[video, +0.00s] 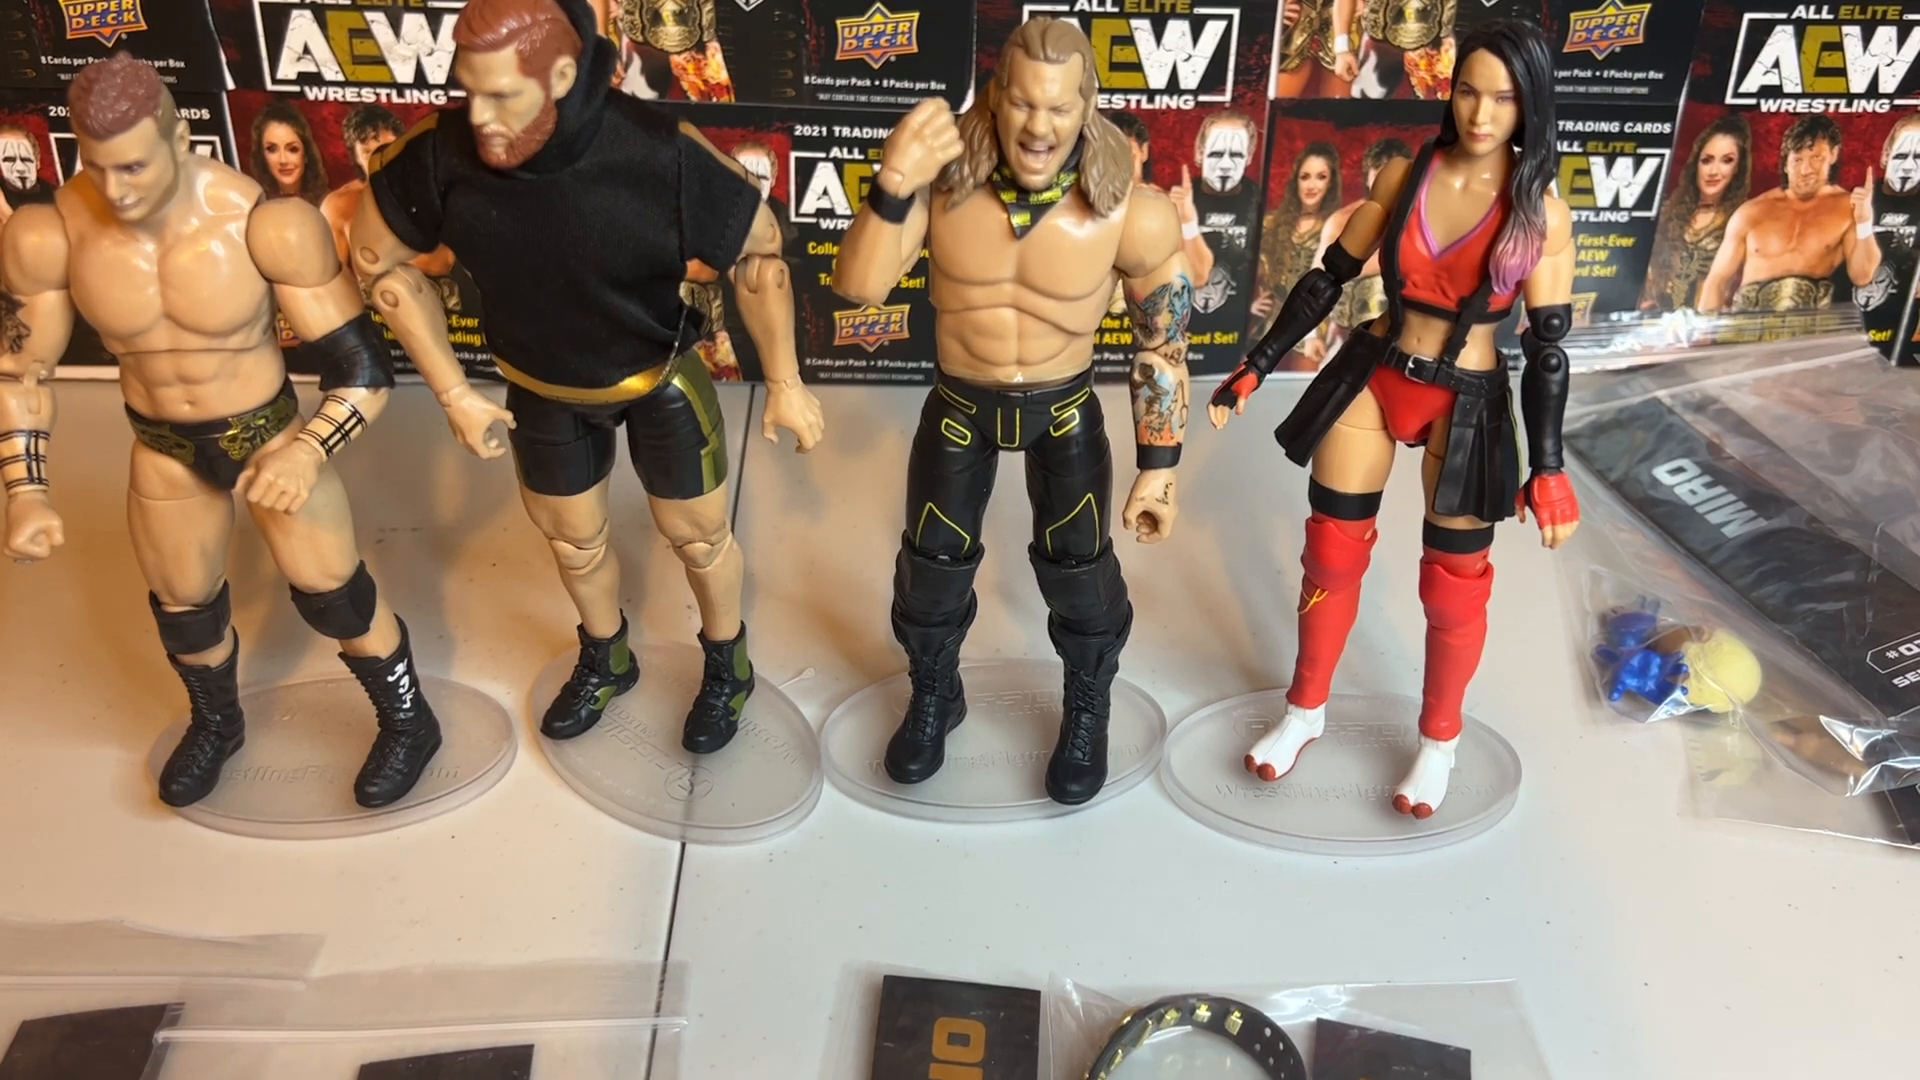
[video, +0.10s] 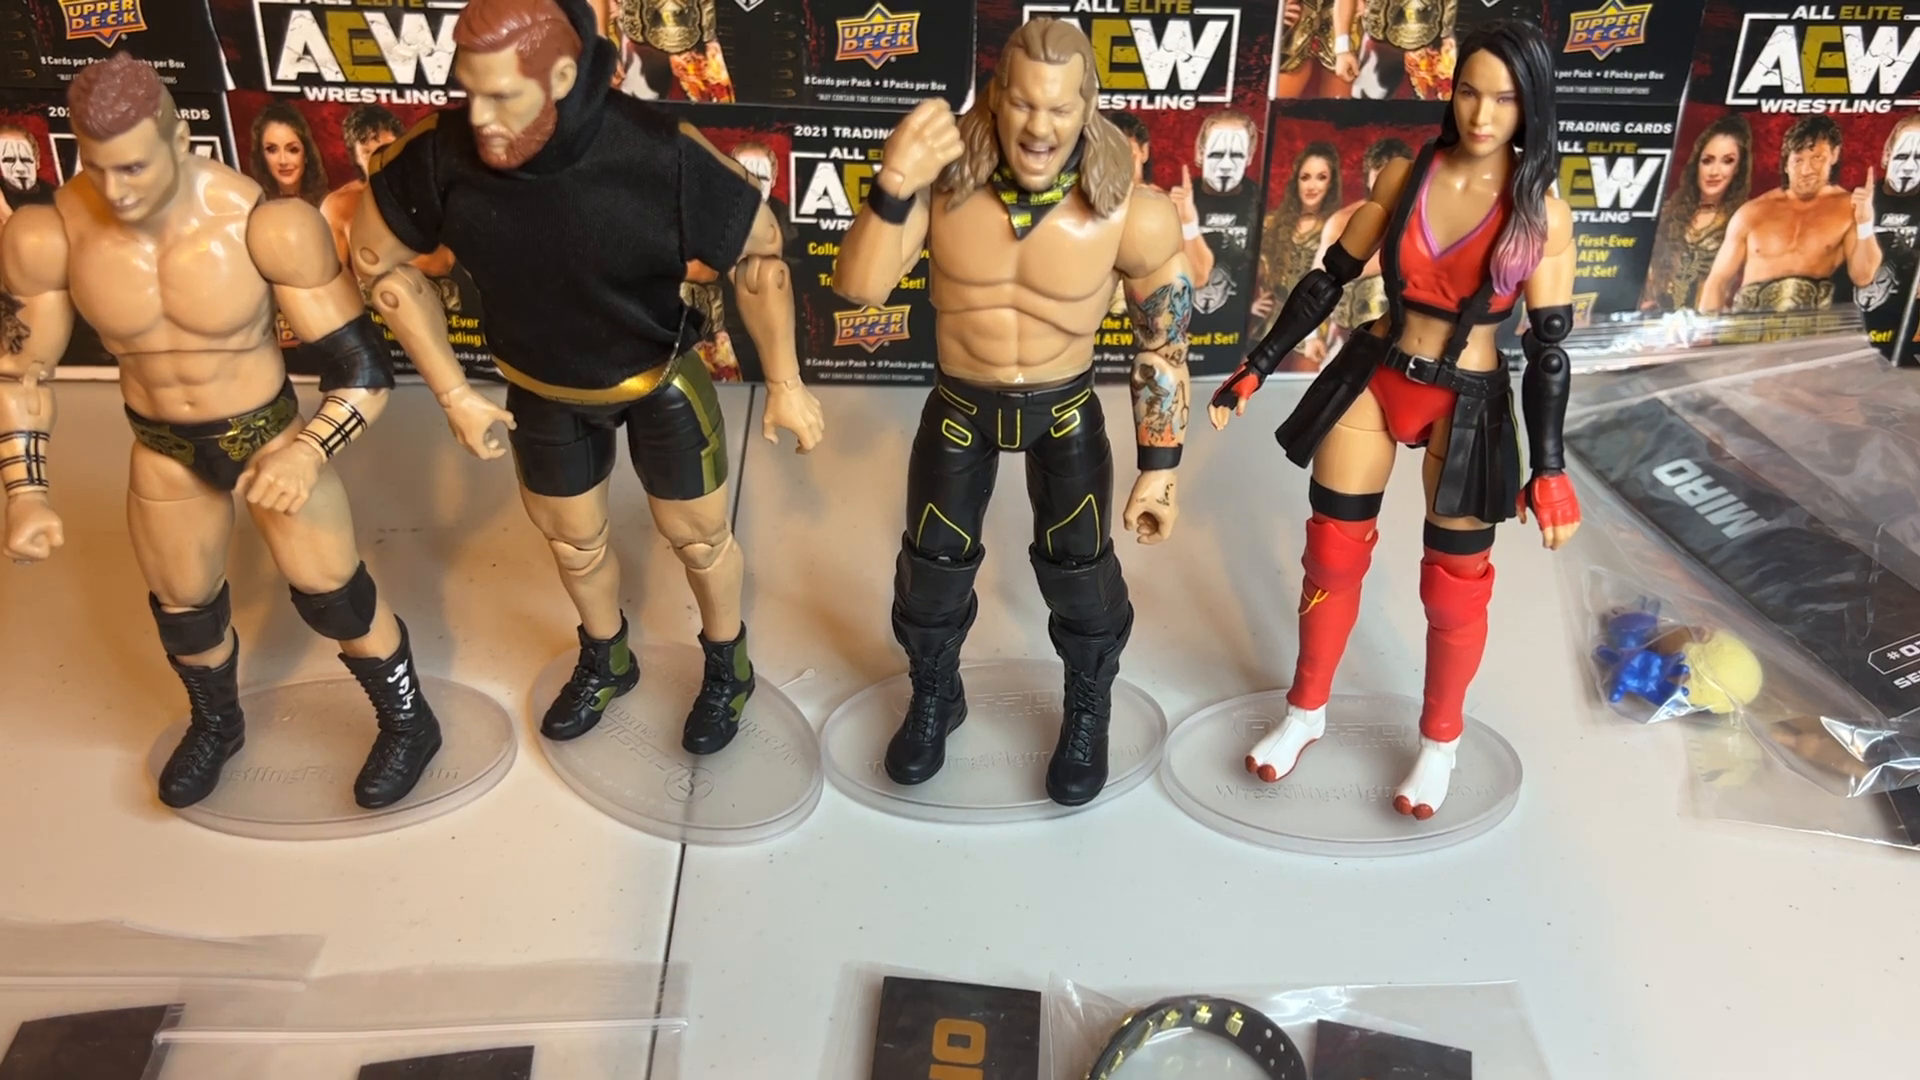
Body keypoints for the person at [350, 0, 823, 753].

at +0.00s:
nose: (480, 118)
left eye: (502, 96)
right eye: (468, 95)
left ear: (564, 76)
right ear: (456, 80)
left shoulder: (652, 153)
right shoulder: (443, 158)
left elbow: (756, 245)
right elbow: (373, 251)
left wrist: (784, 381)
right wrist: (453, 392)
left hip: (661, 382)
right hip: (543, 394)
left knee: (700, 541)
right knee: (575, 546)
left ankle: (726, 666)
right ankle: (607, 660)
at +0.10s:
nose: (481, 119)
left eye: (502, 96)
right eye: (468, 96)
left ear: (564, 77)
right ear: (456, 81)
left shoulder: (653, 155)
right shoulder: (443, 158)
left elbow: (757, 246)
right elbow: (372, 252)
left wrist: (784, 381)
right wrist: (453, 392)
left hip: (661, 382)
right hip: (543, 395)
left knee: (700, 541)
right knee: (575, 546)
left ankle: (726, 667)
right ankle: (607, 661)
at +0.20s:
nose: (481, 118)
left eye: (502, 96)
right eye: (468, 95)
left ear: (564, 75)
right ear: (456, 81)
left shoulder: (653, 154)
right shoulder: (443, 158)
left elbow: (757, 245)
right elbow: (373, 252)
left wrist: (784, 381)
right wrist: (453, 392)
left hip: (661, 381)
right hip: (542, 394)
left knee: (700, 541)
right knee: (575, 546)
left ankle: (726, 667)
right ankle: (607, 660)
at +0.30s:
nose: (481, 119)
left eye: (502, 96)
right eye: (468, 95)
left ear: (564, 76)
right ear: (456, 81)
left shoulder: (653, 155)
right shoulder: (443, 158)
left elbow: (757, 246)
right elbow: (372, 251)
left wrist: (784, 381)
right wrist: (453, 392)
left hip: (661, 382)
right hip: (542, 395)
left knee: (700, 541)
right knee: (575, 546)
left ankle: (726, 666)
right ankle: (607, 660)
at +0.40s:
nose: (481, 119)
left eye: (503, 97)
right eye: (468, 96)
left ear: (564, 77)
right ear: (457, 82)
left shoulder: (653, 155)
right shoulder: (444, 159)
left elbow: (757, 246)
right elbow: (372, 252)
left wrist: (784, 381)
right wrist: (453, 392)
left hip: (661, 383)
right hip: (543, 395)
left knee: (701, 542)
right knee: (576, 547)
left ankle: (726, 667)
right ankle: (607, 661)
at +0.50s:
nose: (480, 118)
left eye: (502, 96)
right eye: (468, 95)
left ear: (564, 75)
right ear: (456, 80)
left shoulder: (653, 154)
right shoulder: (443, 158)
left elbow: (757, 245)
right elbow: (372, 251)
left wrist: (784, 381)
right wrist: (453, 392)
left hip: (661, 380)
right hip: (542, 393)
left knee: (700, 541)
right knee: (575, 546)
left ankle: (726, 666)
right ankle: (607, 660)